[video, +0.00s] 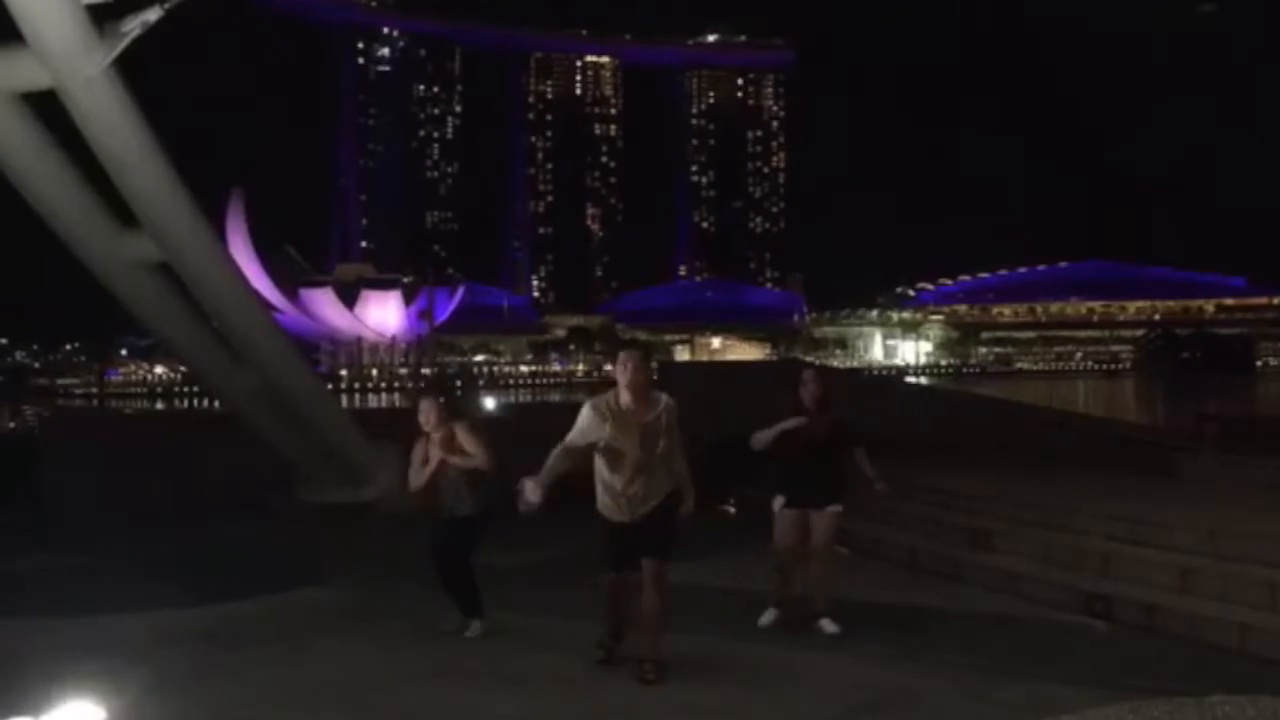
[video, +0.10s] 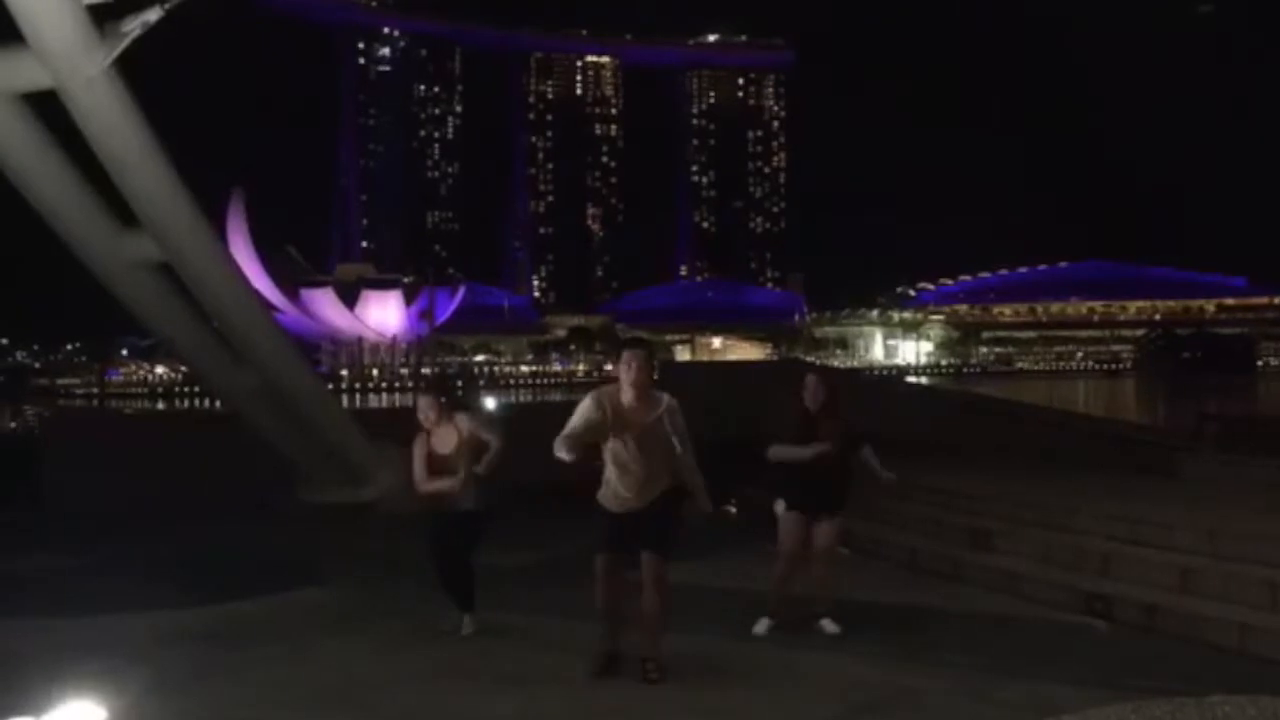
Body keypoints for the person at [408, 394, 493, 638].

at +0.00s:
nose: (424, 418)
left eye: (429, 411)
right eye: (421, 412)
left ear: (441, 412)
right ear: (418, 416)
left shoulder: (458, 431)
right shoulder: (423, 444)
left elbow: (483, 461)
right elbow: (414, 484)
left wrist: (446, 456)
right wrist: (433, 460)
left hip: (470, 508)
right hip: (443, 510)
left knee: (457, 560)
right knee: (444, 562)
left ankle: (475, 615)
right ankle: (466, 614)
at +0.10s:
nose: (425, 416)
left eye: (429, 409)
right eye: (420, 411)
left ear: (441, 407)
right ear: (417, 414)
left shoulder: (462, 423)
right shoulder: (422, 442)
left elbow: (495, 441)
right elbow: (421, 484)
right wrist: (452, 483)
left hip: (469, 503)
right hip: (441, 508)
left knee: (460, 557)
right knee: (443, 560)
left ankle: (468, 613)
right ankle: (464, 610)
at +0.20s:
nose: (422, 413)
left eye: (427, 406)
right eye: (419, 407)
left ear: (440, 405)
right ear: (417, 410)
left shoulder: (464, 415)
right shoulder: (427, 440)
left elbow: (499, 421)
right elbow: (427, 486)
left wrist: (510, 451)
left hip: (476, 499)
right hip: (448, 503)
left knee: (468, 555)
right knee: (446, 555)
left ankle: (460, 609)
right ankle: (456, 610)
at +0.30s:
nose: (422, 426)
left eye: (426, 419)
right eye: (418, 420)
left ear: (442, 415)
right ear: (418, 422)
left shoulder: (465, 418)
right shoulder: (432, 453)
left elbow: (499, 408)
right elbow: (419, 497)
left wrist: (528, 427)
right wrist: (401, 536)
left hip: (483, 499)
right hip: (451, 504)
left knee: (475, 561)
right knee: (439, 547)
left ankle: (458, 618)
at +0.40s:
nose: (424, 440)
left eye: (427, 433)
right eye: (419, 436)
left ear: (441, 428)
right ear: (418, 438)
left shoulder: (465, 429)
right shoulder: (434, 464)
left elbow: (488, 401)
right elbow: (417, 495)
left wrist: (526, 398)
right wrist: (398, 523)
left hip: (487, 504)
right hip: (456, 510)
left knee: (479, 564)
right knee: (441, 552)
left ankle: (458, 619)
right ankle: (411, 559)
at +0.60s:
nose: (428, 433)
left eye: (431, 426)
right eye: (424, 429)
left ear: (444, 421)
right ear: (423, 430)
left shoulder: (468, 422)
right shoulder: (437, 453)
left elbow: (487, 380)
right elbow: (442, 484)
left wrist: (518, 395)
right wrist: (445, 503)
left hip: (488, 499)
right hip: (461, 507)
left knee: (488, 559)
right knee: (458, 561)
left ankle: (462, 615)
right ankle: (447, 620)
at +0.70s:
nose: (436, 428)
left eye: (439, 421)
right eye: (431, 423)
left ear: (451, 417)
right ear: (430, 425)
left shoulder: (474, 417)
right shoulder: (442, 446)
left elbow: (499, 394)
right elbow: (455, 479)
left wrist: (518, 433)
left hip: (494, 499)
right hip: (465, 503)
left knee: (497, 557)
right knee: (456, 560)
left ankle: (487, 612)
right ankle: (446, 620)